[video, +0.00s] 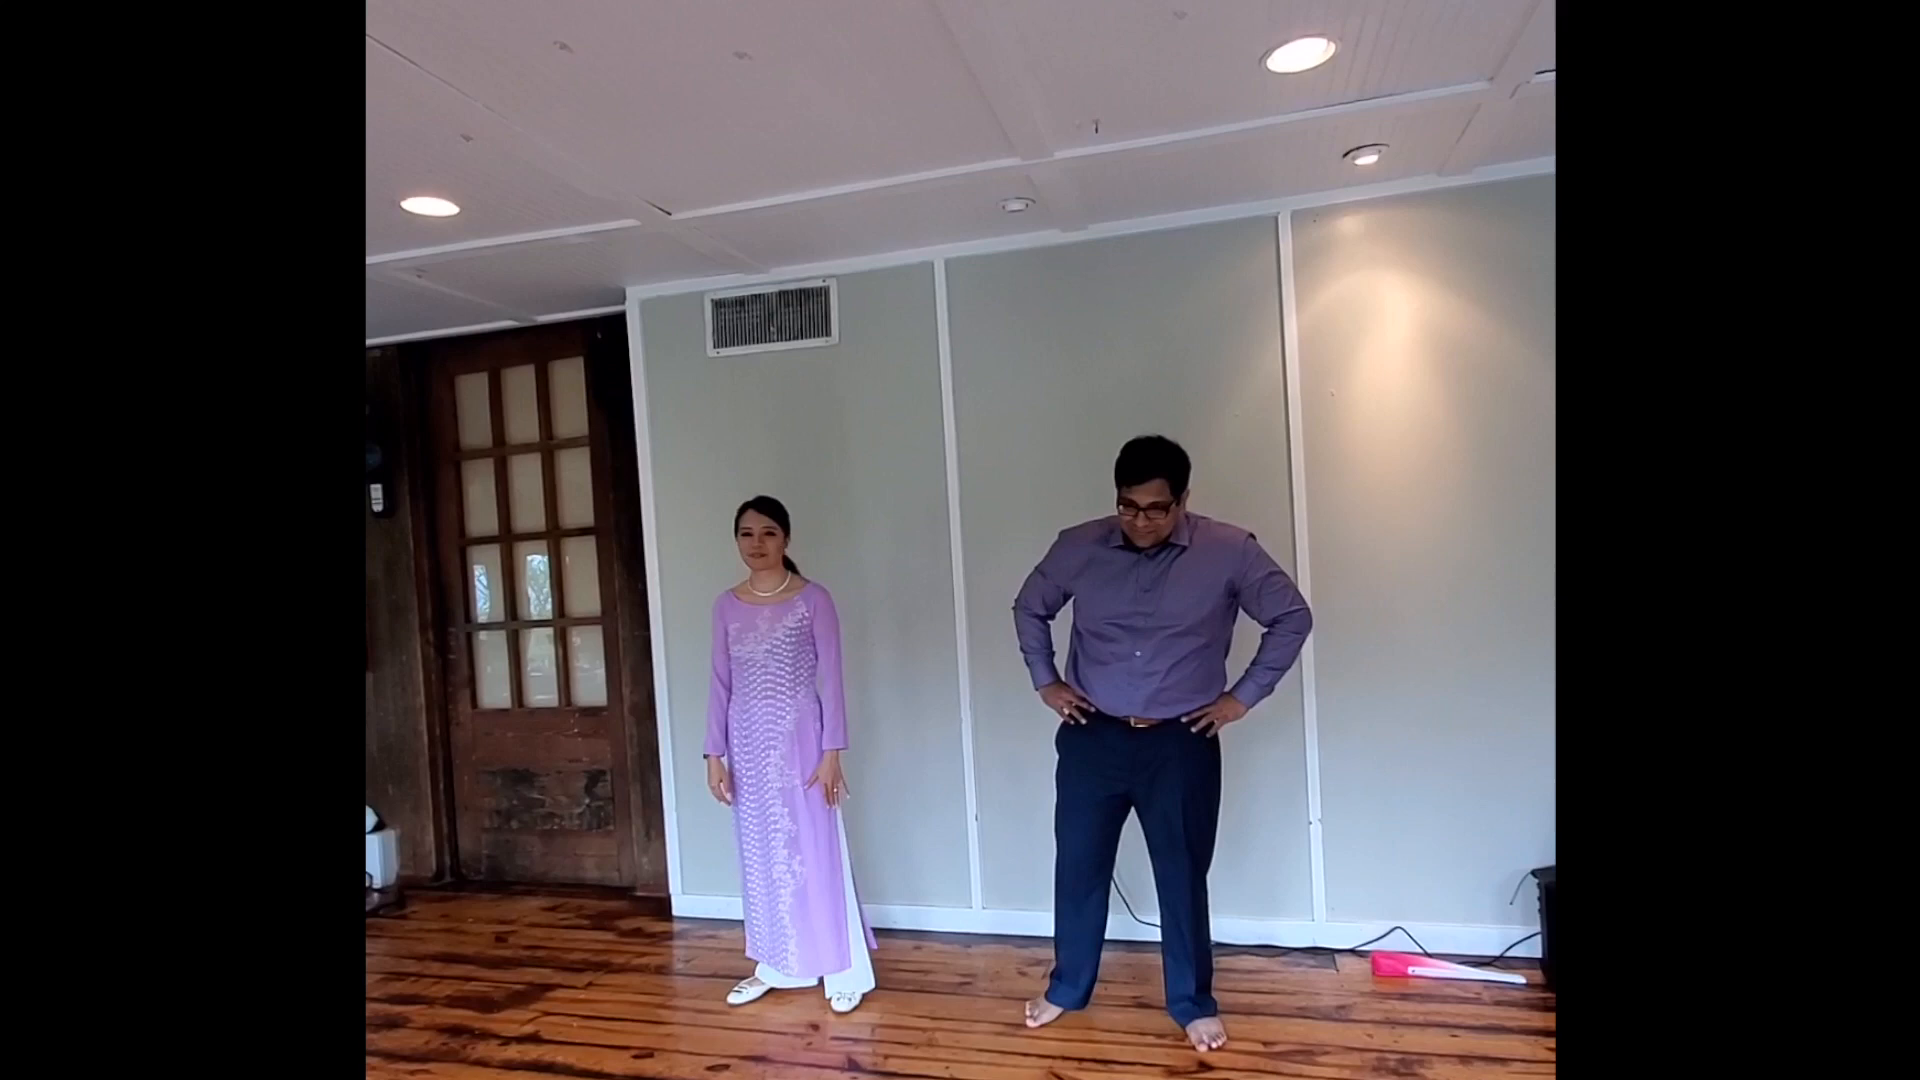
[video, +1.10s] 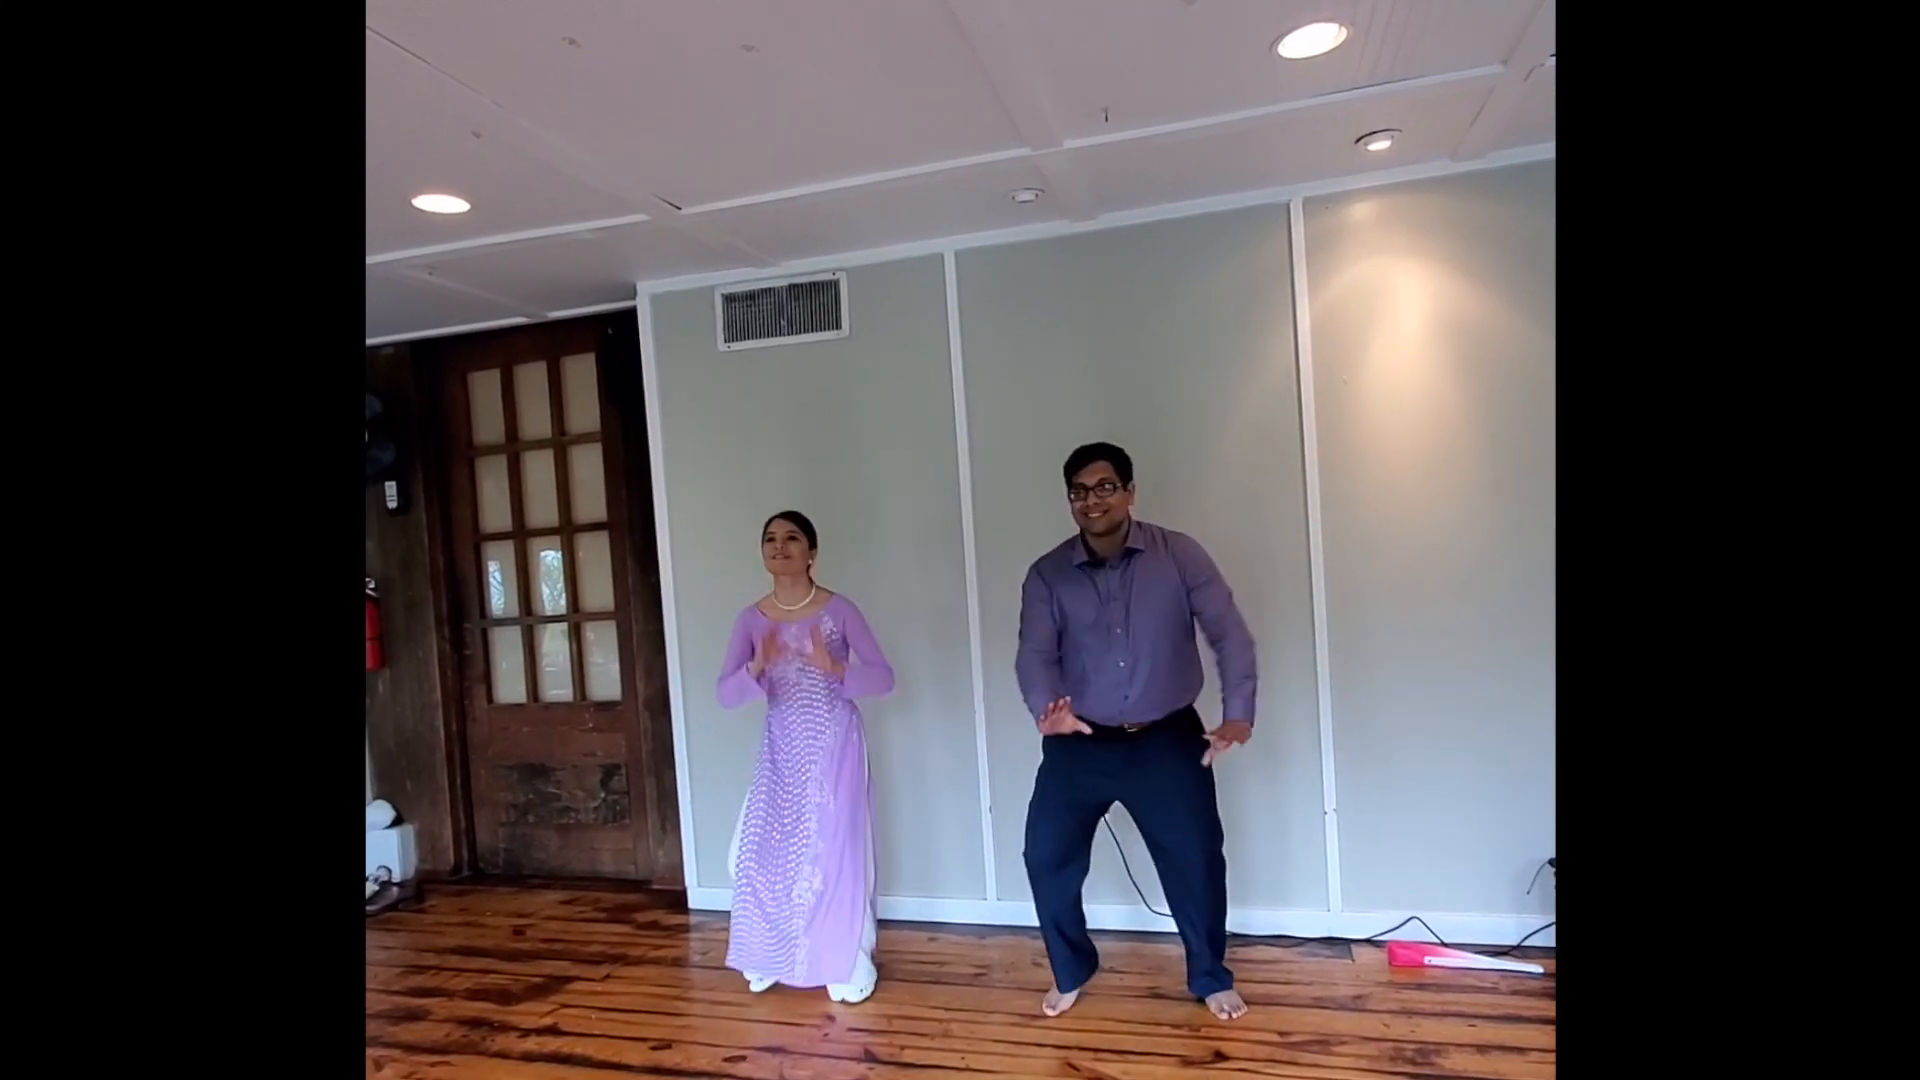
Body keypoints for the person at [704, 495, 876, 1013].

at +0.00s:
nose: (757, 542)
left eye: (768, 532)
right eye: (747, 533)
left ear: (786, 538)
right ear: (736, 542)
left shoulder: (813, 598)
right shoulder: (728, 606)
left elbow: (831, 680)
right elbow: (720, 684)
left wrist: (833, 751)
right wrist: (716, 753)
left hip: (801, 745)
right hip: (748, 749)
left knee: (816, 859)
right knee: (763, 859)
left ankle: (844, 971)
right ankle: (778, 966)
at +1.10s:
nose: (780, 547)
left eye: (790, 539)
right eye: (771, 540)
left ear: (811, 550)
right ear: (762, 554)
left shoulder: (840, 610)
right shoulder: (752, 619)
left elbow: (883, 679)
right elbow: (726, 694)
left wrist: (835, 668)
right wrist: (757, 667)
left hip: (834, 746)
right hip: (782, 749)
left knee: (835, 849)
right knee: (771, 846)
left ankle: (849, 962)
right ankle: (766, 954)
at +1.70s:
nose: (778, 583)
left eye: (789, 573)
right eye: (769, 572)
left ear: (807, 574)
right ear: (760, 575)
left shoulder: (829, 623)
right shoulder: (743, 624)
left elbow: (828, 692)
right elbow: (752, 687)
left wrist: (828, 753)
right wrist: (769, 737)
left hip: (811, 752)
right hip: (756, 754)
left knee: (847, 849)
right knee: (775, 863)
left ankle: (906, 969)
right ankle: (796, 963)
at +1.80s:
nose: (775, 576)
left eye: (786, 566)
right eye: (766, 567)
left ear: (805, 569)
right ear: (757, 570)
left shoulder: (828, 629)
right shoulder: (740, 632)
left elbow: (835, 707)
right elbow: (738, 713)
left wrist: (842, 775)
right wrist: (728, 782)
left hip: (820, 768)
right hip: (762, 770)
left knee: (847, 864)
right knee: (780, 873)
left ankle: (904, 970)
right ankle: (797, 970)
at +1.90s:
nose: (774, 571)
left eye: (785, 562)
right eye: (765, 562)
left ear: (803, 567)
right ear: (756, 567)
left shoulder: (829, 625)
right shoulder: (739, 632)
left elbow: (871, 684)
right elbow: (695, 698)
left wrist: (918, 729)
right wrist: (634, 738)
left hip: (821, 757)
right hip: (764, 761)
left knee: (847, 855)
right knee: (776, 864)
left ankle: (899, 962)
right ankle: (797, 960)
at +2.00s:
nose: (775, 549)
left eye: (785, 540)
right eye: (766, 541)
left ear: (806, 547)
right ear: (757, 550)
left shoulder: (831, 604)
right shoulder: (740, 610)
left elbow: (896, 627)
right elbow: (673, 643)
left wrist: (954, 614)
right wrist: (600, 635)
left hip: (824, 740)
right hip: (768, 744)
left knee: (842, 848)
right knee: (780, 854)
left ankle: (873, 951)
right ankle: (796, 960)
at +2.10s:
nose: (780, 526)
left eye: (790, 518)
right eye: (771, 519)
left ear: (811, 527)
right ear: (763, 528)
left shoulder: (830, 568)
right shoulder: (746, 580)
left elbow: (899, 555)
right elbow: (669, 584)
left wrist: (951, 521)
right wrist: (607, 555)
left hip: (826, 719)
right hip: (772, 723)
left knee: (834, 832)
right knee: (756, 839)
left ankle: (850, 947)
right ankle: (799, 938)